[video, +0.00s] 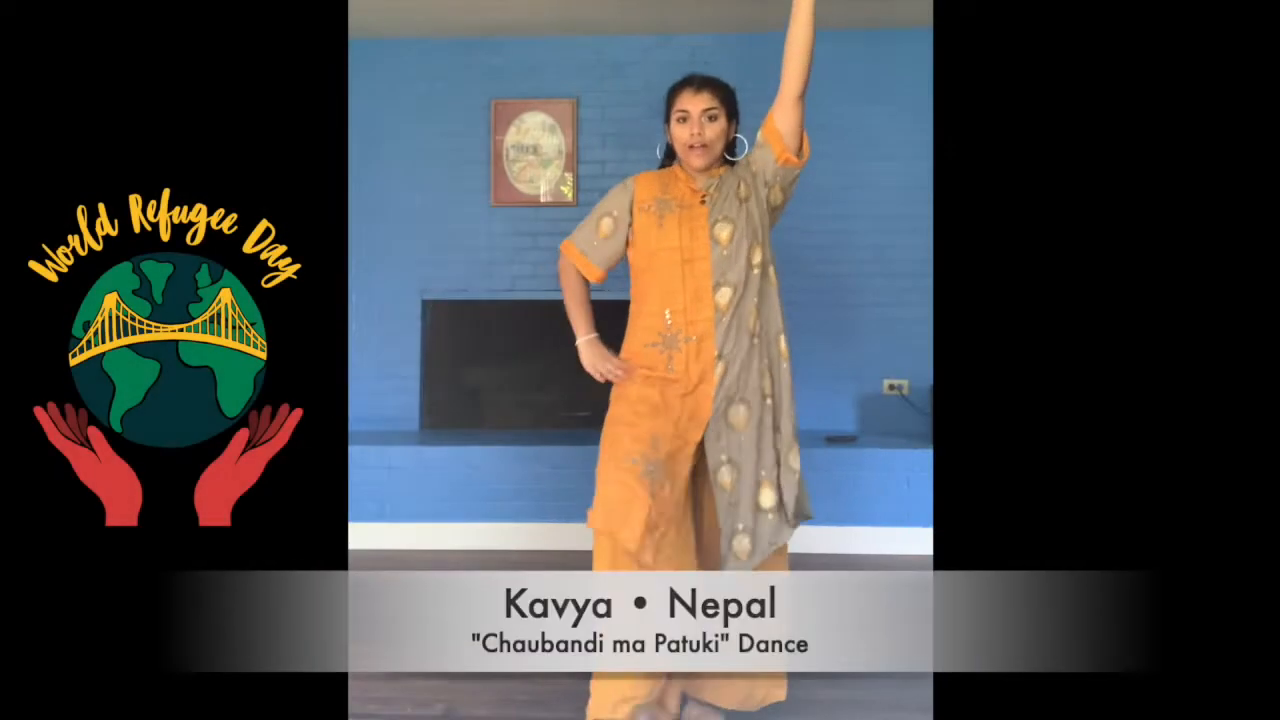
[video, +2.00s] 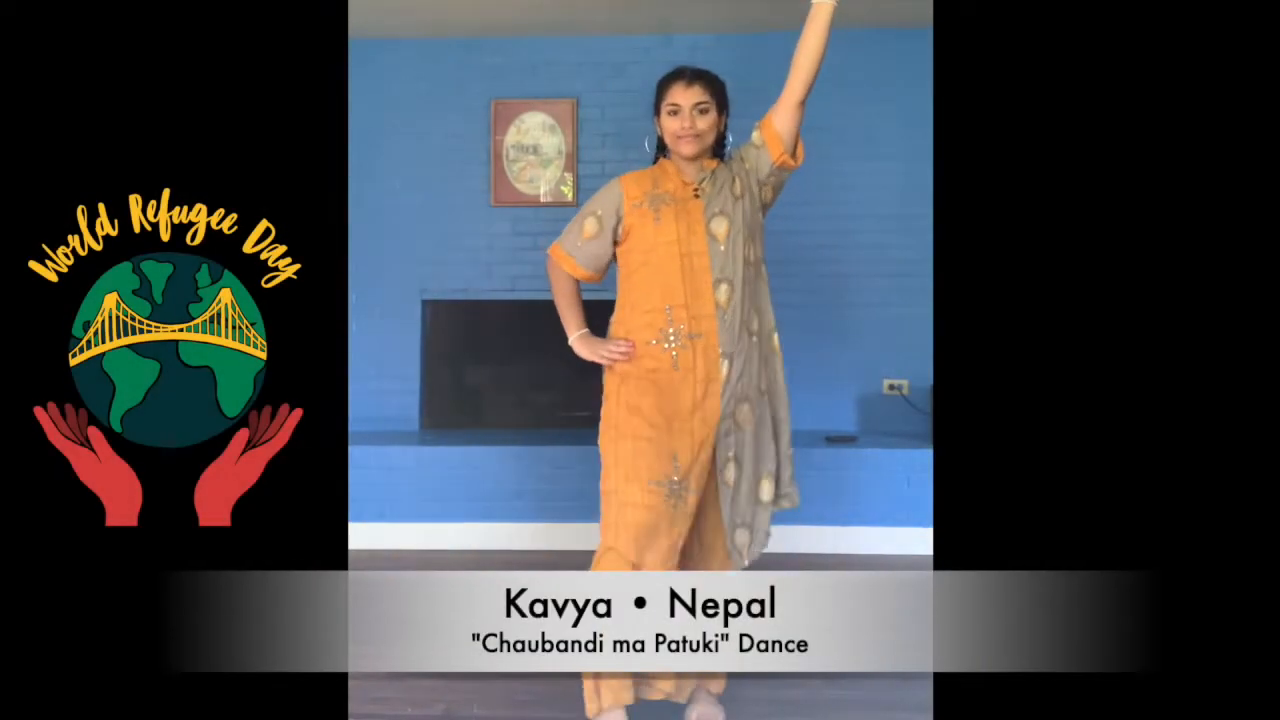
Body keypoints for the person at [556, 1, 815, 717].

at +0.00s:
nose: (697, 128)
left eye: (709, 116)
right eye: (684, 117)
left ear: (730, 129)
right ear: (668, 129)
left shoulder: (754, 187)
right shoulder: (639, 194)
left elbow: (792, 91)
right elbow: (574, 258)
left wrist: (803, 3)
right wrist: (588, 342)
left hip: (738, 391)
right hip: (652, 391)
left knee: (739, 541)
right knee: (633, 538)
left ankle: (715, 691)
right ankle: (636, 696)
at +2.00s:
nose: (687, 121)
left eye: (701, 109)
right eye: (674, 110)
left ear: (721, 120)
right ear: (658, 121)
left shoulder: (745, 182)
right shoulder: (629, 193)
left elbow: (795, 92)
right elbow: (562, 259)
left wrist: (824, 4)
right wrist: (581, 337)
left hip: (727, 390)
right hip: (644, 389)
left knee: (715, 545)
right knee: (633, 545)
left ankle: (705, 694)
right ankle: (609, 701)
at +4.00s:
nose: (692, 125)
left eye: (706, 114)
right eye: (679, 115)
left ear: (727, 127)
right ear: (664, 129)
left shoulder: (752, 189)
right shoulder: (636, 199)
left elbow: (799, 104)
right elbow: (571, 271)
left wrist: (825, 9)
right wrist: (588, 354)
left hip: (738, 402)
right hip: (652, 401)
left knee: (726, 565)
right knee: (649, 559)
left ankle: (702, 706)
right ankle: (639, 703)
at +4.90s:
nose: (681, 107)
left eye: (695, 95)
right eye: (667, 96)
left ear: (716, 108)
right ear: (651, 112)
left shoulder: (744, 166)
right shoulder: (625, 187)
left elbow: (809, 115)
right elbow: (563, 254)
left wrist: (822, 72)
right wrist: (544, 235)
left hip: (724, 387)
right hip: (640, 388)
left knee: (718, 551)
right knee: (633, 548)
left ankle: (713, 703)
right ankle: (629, 700)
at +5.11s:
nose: (679, 101)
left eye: (693, 90)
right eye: (666, 91)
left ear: (714, 106)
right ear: (649, 107)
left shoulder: (744, 167)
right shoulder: (618, 181)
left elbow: (847, 176)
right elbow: (555, 226)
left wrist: (784, 191)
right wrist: (538, 241)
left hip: (720, 383)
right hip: (634, 386)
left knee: (719, 536)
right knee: (630, 536)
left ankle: (704, 697)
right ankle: (627, 699)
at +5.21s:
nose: (682, 103)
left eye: (696, 92)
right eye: (669, 93)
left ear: (718, 106)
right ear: (652, 108)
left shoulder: (747, 180)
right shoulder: (617, 184)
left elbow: (823, 257)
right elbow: (554, 255)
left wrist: (769, 241)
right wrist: (575, 274)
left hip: (719, 381)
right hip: (633, 382)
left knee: (717, 526)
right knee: (633, 528)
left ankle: (703, 690)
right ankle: (628, 692)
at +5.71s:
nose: (693, 103)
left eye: (708, 93)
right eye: (681, 93)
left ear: (731, 107)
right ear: (664, 109)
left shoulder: (757, 169)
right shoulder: (635, 181)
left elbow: (759, 272)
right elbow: (619, 264)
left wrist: (745, 345)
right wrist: (607, 315)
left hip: (717, 383)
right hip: (636, 380)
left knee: (716, 540)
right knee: (642, 541)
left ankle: (714, 674)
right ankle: (650, 696)